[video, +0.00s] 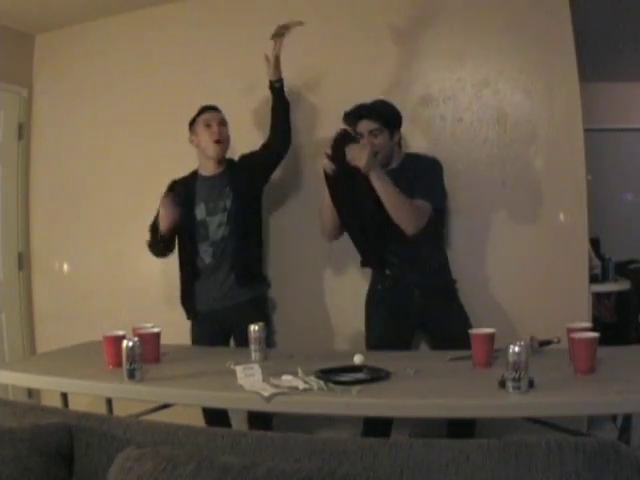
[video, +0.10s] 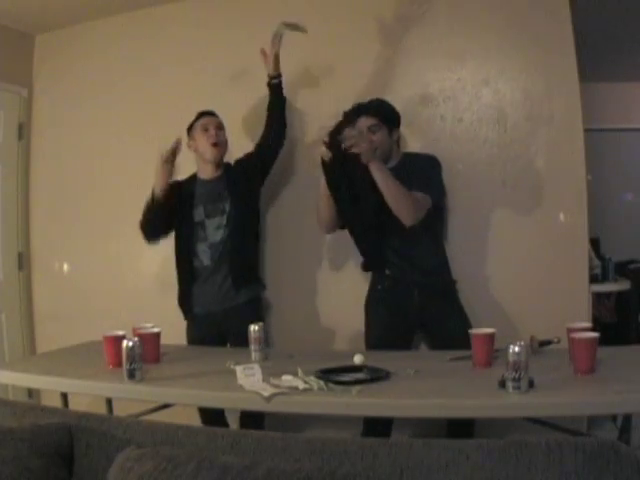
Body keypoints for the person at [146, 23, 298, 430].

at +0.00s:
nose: (219, 130)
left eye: (223, 125)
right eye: (209, 126)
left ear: (229, 135)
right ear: (193, 139)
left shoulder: (248, 173)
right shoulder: (179, 189)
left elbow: (279, 141)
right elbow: (159, 250)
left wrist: (275, 75)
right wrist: (164, 227)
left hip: (249, 300)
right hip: (205, 306)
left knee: (258, 386)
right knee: (210, 394)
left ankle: (262, 458)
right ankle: (224, 459)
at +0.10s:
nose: (216, 134)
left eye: (220, 130)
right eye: (207, 130)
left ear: (227, 142)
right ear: (191, 144)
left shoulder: (245, 176)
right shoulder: (179, 192)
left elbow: (274, 136)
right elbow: (151, 233)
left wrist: (274, 77)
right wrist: (161, 185)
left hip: (245, 304)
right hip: (200, 309)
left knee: (251, 385)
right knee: (206, 394)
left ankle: (253, 454)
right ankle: (221, 456)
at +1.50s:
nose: (225, 147)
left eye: (228, 141)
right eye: (215, 143)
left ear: (235, 149)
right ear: (201, 155)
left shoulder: (261, 192)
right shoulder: (196, 203)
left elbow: (288, 239)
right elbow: (208, 234)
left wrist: (311, 218)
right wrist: (196, 178)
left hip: (270, 308)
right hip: (222, 312)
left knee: (277, 391)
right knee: (201, 391)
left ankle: (270, 459)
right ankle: (187, 457)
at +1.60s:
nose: (229, 147)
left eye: (234, 139)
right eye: (221, 141)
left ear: (243, 145)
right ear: (207, 152)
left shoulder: (265, 188)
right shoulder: (204, 197)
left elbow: (292, 242)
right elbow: (194, 188)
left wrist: (311, 228)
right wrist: (188, 141)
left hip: (271, 303)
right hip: (226, 306)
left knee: (276, 388)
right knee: (206, 388)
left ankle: (269, 460)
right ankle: (197, 458)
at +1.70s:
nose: (234, 143)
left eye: (239, 137)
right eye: (225, 138)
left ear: (247, 146)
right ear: (210, 148)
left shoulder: (267, 190)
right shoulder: (205, 193)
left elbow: (290, 242)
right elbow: (189, 166)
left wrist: (312, 237)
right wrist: (183, 118)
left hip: (271, 302)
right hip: (226, 303)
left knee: (275, 384)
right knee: (209, 384)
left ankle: (270, 460)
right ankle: (197, 457)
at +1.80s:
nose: (233, 148)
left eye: (239, 142)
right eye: (225, 143)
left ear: (247, 152)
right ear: (212, 156)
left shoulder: (268, 199)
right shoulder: (206, 200)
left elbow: (286, 254)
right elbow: (195, 206)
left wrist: (310, 246)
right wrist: (193, 158)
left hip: (270, 313)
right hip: (224, 314)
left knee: (279, 398)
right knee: (204, 398)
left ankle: (270, 464)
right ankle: (193, 461)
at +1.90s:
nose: (228, 150)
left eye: (234, 144)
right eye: (220, 145)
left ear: (242, 154)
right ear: (208, 155)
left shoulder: (262, 200)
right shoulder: (197, 201)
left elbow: (279, 255)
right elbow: (208, 236)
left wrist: (304, 248)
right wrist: (195, 180)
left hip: (267, 315)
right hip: (221, 317)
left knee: (277, 400)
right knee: (201, 400)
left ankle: (269, 465)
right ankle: (192, 462)